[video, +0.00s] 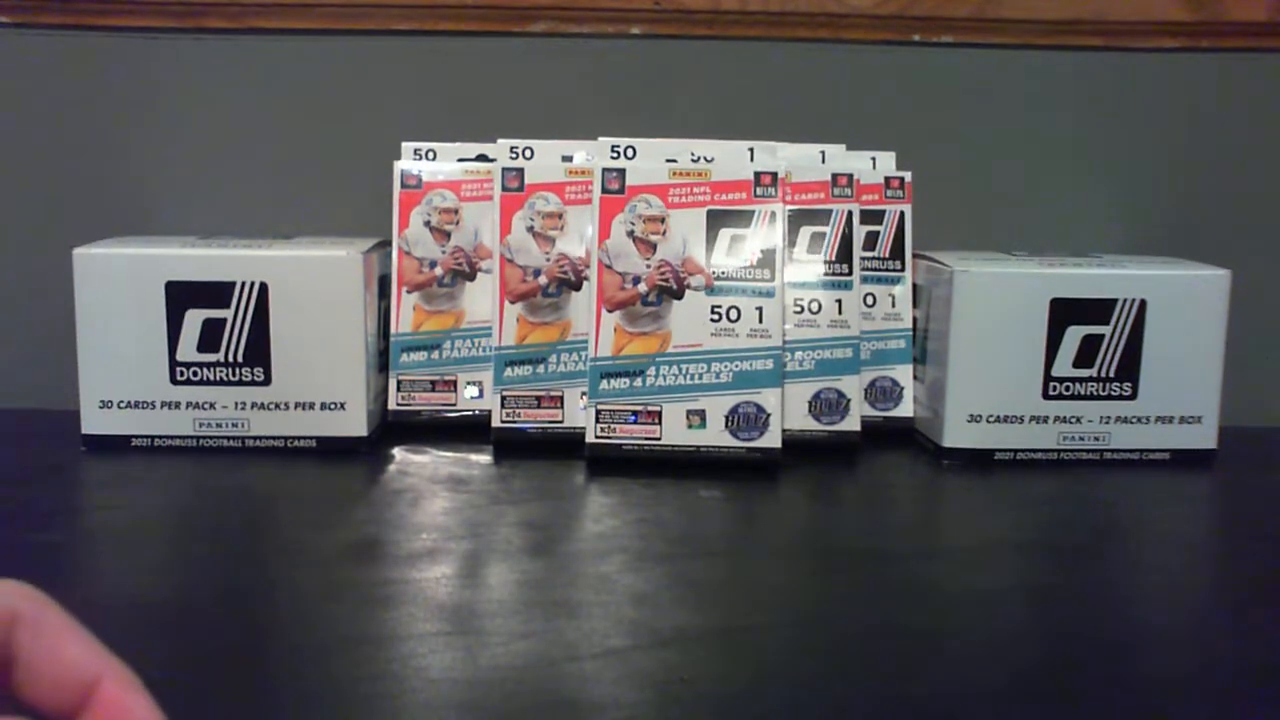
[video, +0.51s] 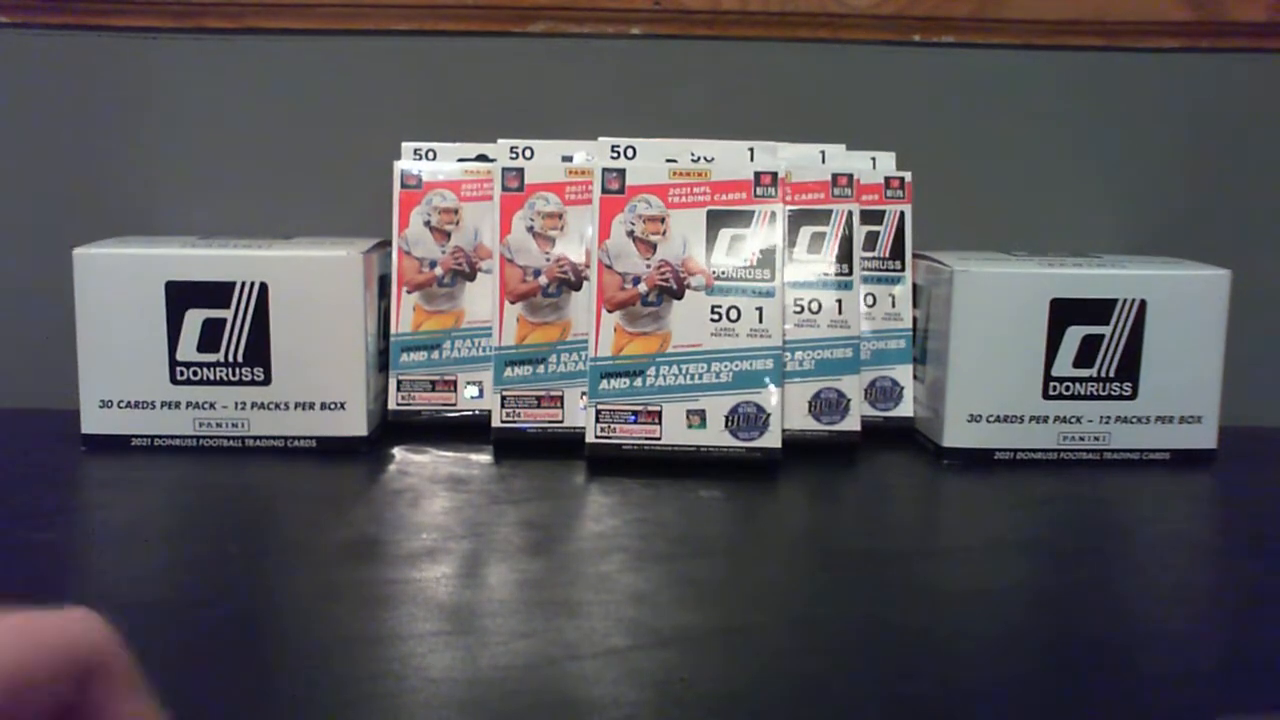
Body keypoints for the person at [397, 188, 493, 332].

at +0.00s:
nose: (451, 218)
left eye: (454, 213)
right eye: (445, 213)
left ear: (458, 214)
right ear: (430, 214)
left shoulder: (466, 235)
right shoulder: (413, 238)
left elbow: (492, 260)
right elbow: (410, 283)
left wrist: (473, 262)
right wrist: (441, 269)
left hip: (450, 312)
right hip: (422, 311)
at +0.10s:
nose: (451, 218)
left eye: (454, 213)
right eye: (445, 213)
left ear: (458, 214)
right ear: (430, 214)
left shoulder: (466, 235)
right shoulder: (413, 238)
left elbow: (493, 261)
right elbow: (410, 283)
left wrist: (473, 262)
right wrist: (441, 269)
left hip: (450, 312)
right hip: (422, 311)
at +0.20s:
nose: (451, 218)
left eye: (454, 213)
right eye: (445, 213)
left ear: (458, 214)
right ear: (430, 214)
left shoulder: (466, 235)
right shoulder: (413, 238)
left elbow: (493, 261)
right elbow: (410, 283)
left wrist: (473, 263)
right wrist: (441, 269)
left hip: (450, 312)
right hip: (422, 311)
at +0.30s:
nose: (451, 218)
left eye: (454, 213)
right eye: (445, 213)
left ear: (458, 214)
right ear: (430, 214)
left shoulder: (467, 235)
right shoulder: (413, 238)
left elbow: (494, 262)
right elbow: (410, 283)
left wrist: (472, 262)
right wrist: (441, 269)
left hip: (450, 313)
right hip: (422, 311)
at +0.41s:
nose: (451, 218)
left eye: (454, 213)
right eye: (445, 213)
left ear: (458, 214)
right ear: (430, 214)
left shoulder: (466, 235)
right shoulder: (413, 238)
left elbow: (494, 262)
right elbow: (410, 283)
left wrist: (472, 262)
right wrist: (441, 269)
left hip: (450, 312)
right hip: (422, 311)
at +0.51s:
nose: (451, 218)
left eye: (454, 213)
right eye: (445, 213)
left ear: (458, 214)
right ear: (430, 214)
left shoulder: (467, 235)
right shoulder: (412, 238)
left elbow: (494, 262)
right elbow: (410, 283)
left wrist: (475, 264)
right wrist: (440, 269)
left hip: (451, 312)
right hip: (422, 311)